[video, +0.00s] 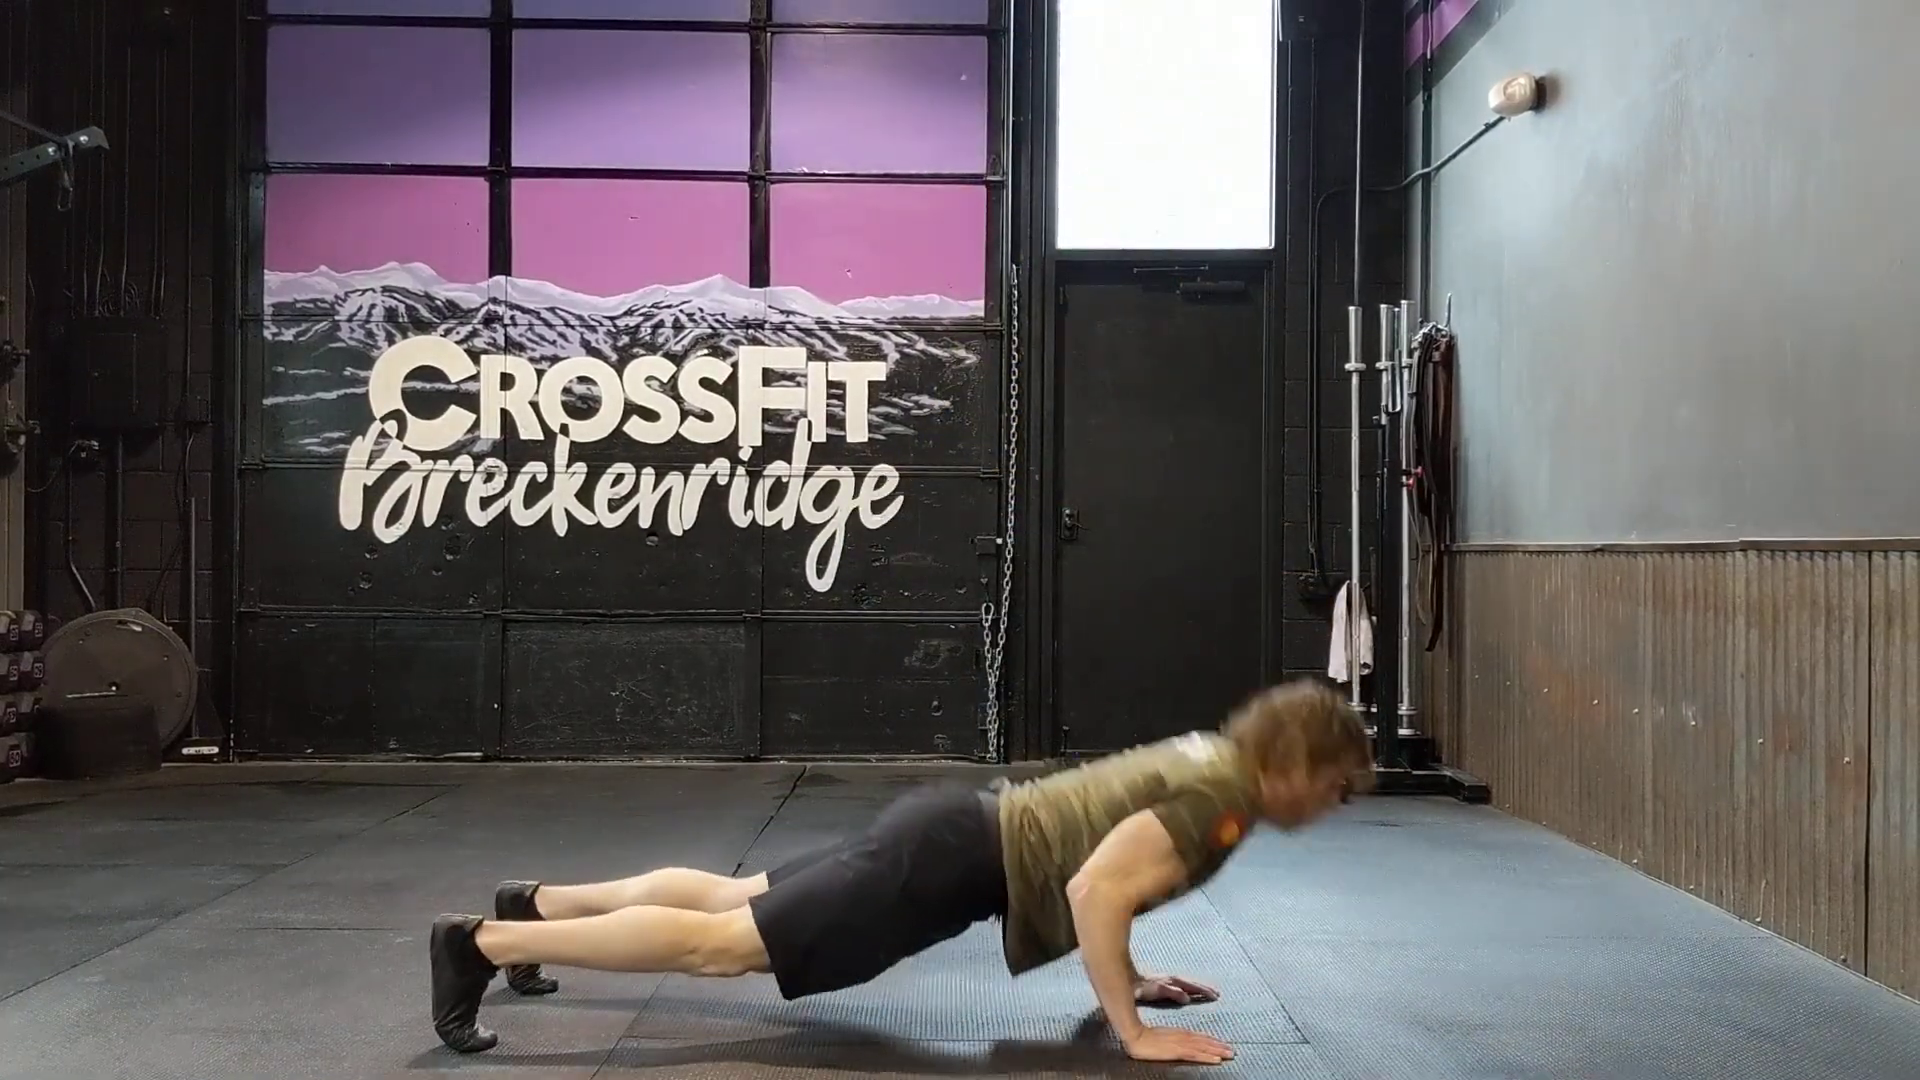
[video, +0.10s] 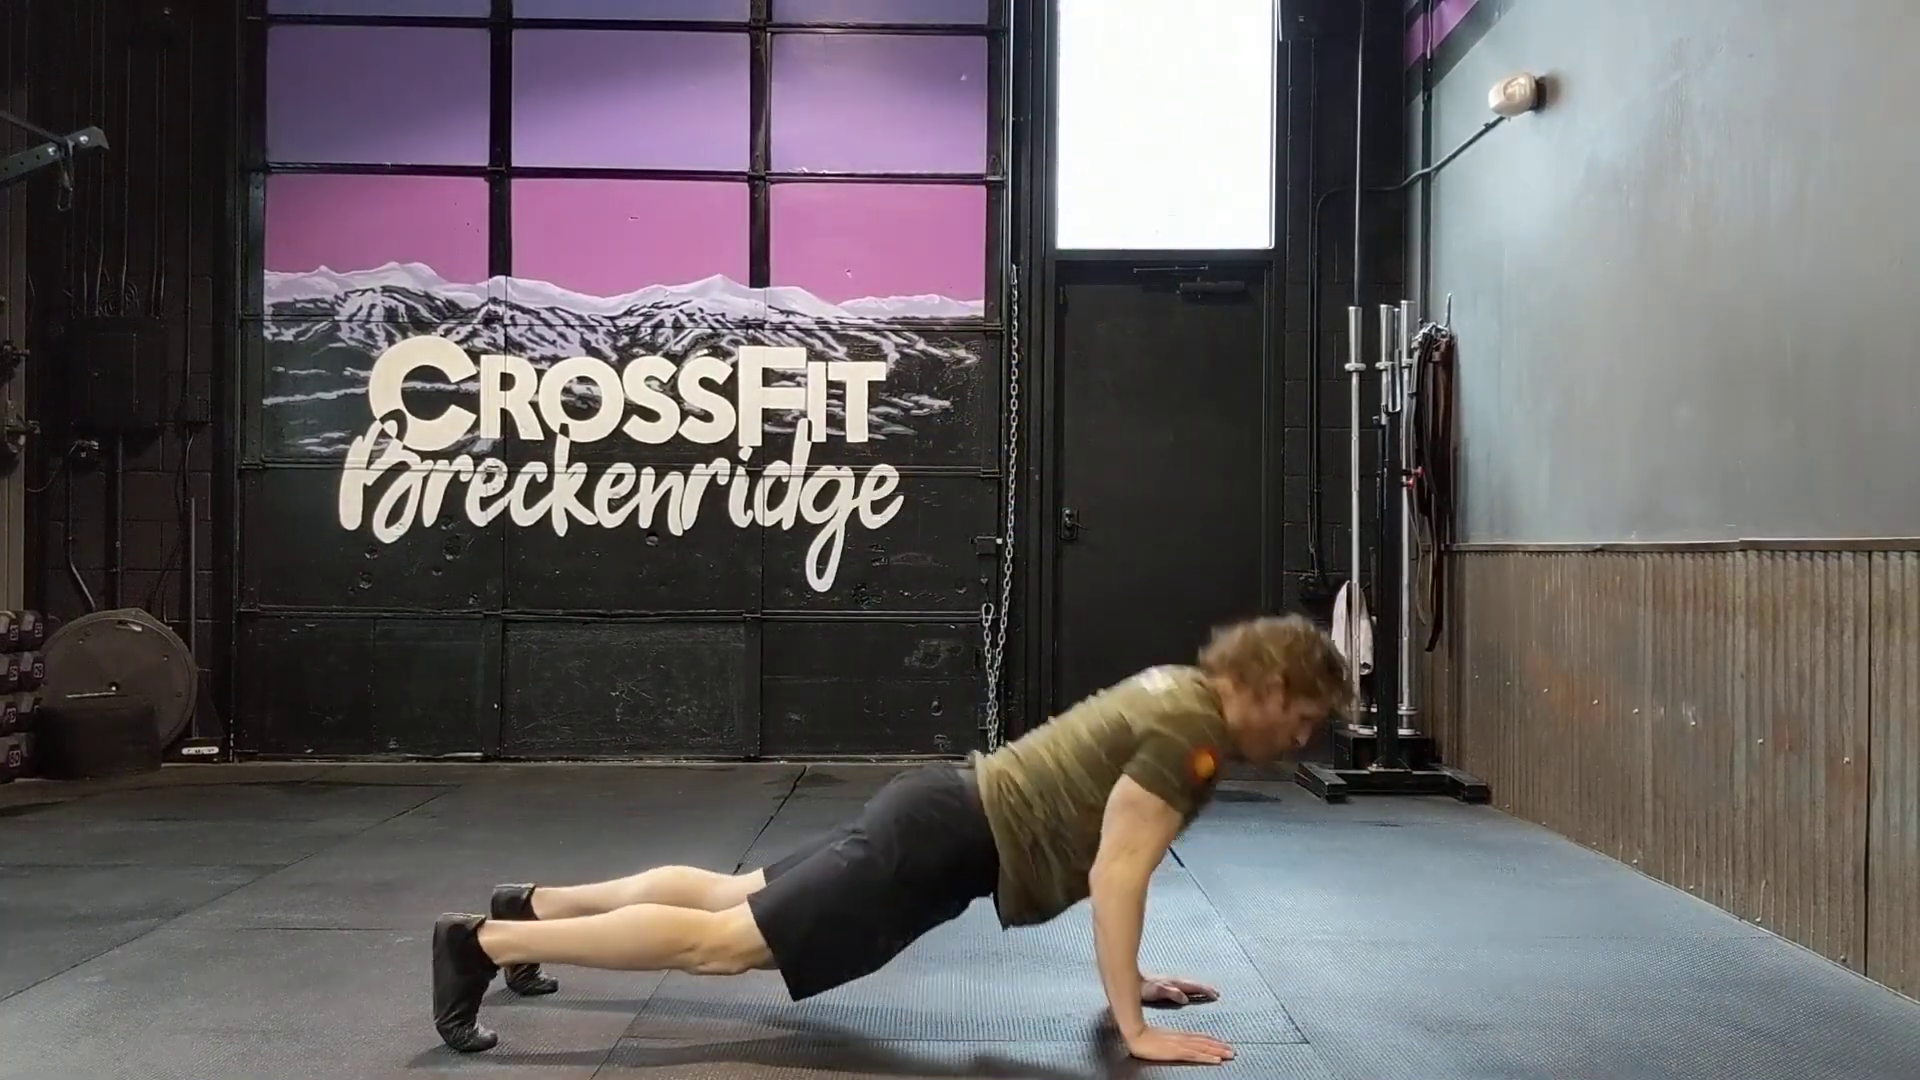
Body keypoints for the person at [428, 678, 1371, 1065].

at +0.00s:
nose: (1340, 798)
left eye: (1347, 783)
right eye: (1341, 781)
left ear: (1288, 743)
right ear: (1303, 765)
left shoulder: (1207, 768)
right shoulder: (1210, 799)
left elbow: (1101, 873)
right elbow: (1102, 889)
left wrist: (1133, 978)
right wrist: (1127, 1028)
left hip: (960, 824)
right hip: (961, 856)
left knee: (744, 896)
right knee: (723, 947)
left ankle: (545, 898)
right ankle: (485, 946)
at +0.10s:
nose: (1301, 745)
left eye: (1311, 732)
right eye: (1302, 725)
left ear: (1262, 686)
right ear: (1261, 692)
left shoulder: (1178, 706)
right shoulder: (1181, 730)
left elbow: (1113, 863)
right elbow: (1117, 880)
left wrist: (1129, 975)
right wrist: (1128, 1024)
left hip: (940, 808)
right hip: (944, 838)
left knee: (745, 894)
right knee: (719, 941)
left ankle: (545, 904)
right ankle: (484, 947)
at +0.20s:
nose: (1291, 733)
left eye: (1301, 719)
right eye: (1292, 713)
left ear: (1251, 672)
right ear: (1254, 678)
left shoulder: (1170, 696)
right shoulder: (1163, 707)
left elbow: (1124, 858)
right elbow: (1122, 872)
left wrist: (1129, 976)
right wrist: (1129, 1024)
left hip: (932, 792)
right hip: (931, 812)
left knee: (742, 905)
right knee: (728, 942)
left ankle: (534, 913)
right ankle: (488, 951)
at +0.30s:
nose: (1301, 762)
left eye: (1310, 748)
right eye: (1308, 742)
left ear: (1265, 693)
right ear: (1277, 704)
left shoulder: (1178, 697)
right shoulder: (1182, 710)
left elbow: (1123, 858)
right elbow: (1123, 868)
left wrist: (1133, 978)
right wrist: (1127, 1024)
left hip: (921, 724)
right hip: (923, 738)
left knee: (746, 856)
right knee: (746, 891)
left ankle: (551, 902)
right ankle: (501, 944)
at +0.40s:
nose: (1279, 769)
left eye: (1292, 758)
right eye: (1285, 751)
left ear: (1257, 706)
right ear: (1256, 717)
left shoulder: (1178, 689)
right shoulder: (1175, 699)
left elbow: (1124, 848)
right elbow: (1123, 863)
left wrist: (1131, 974)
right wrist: (1129, 1024)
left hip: (919, 625)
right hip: (925, 630)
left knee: (798, 823)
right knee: (812, 853)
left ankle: (636, 879)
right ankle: (578, 926)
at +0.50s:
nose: (1234, 750)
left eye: (1246, 740)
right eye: (1243, 732)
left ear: (1211, 683)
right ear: (1220, 694)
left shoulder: (1145, 676)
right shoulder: (1138, 685)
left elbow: (1114, 853)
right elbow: (1112, 863)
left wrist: (1126, 978)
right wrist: (1135, 1028)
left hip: (921, 588)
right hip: (897, 577)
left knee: (948, 791)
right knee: (939, 799)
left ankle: (814, 904)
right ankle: (752, 949)